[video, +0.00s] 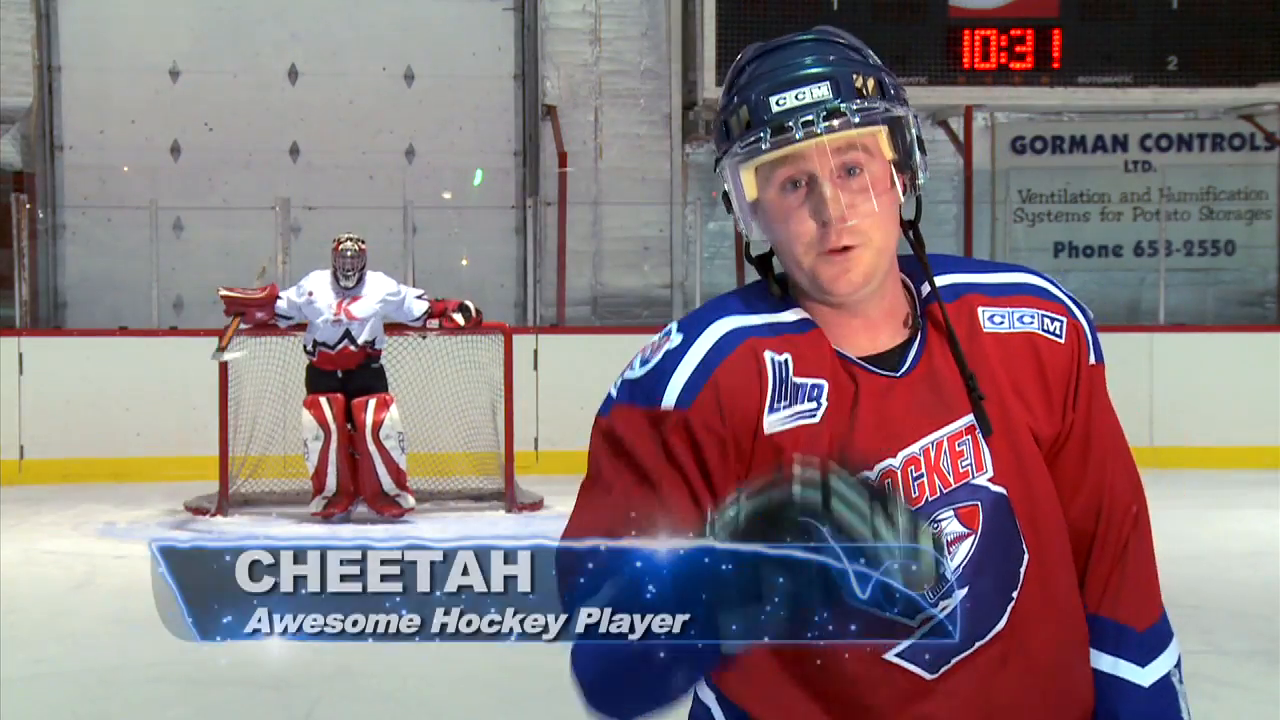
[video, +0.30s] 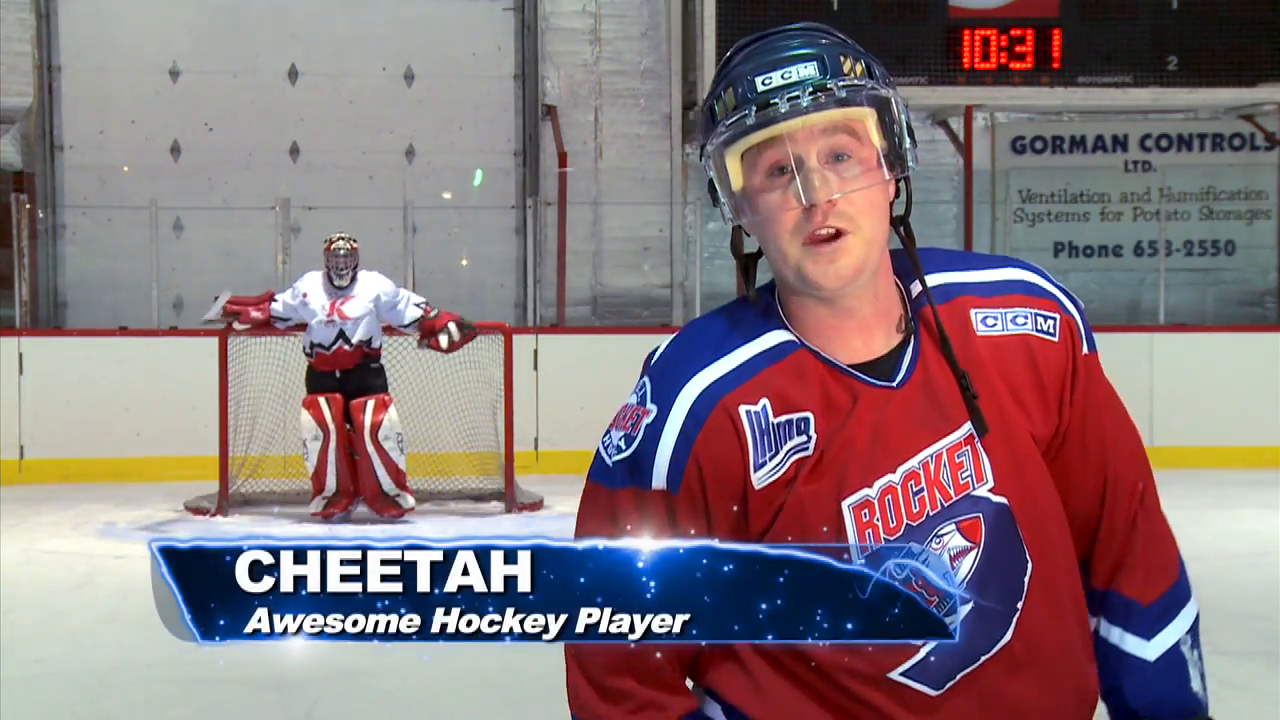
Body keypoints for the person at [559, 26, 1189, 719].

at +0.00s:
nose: (833, 208)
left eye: (853, 166)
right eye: (793, 182)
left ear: (901, 177)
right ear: (751, 212)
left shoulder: (1039, 325)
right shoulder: (682, 389)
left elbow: (1124, 603)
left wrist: (1144, 711)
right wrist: (755, 581)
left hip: (1047, 708)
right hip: (801, 712)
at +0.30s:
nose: (818, 193)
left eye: (842, 156)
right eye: (779, 169)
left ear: (890, 175)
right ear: (739, 210)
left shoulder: (1027, 317)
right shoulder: (682, 413)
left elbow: (1138, 579)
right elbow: (623, 687)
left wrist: (1166, 708)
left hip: (1055, 706)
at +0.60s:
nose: (818, 203)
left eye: (842, 166)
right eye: (780, 183)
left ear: (892, 181)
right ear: (743, 225)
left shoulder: (1040, 313)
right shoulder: (696, 418)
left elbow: (1156, 505)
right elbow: (622, 693)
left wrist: (1203, 674)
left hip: (1054, 704)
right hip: (811, 710)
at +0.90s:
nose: (835, 213)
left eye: (860, 174)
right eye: (798, 189)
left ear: (914, 188)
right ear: (764, 226)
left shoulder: (1058, 316)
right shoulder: (705, 420)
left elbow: (1223, 488)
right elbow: (612, 686)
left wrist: (1270, 646)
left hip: (1054, 700)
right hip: (821, 709)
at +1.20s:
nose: (854, 190)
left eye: (882, 154)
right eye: (818, 167)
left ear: (936, 169)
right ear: (784, 205)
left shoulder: (1069, 316)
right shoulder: (727, 396)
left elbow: (1205, 547)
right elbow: (642, 668)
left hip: (1067, 702)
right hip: (831, 708)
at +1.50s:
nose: (884, 174)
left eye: (911, 140)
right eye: (849, 151)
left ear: (961, 163)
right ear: (810, 186)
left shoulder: (1084, 327)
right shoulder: (740, 368)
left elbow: (1208, 578)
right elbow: (633, 652)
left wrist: (1264, 701)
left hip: (1062, 707)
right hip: (819, 713)